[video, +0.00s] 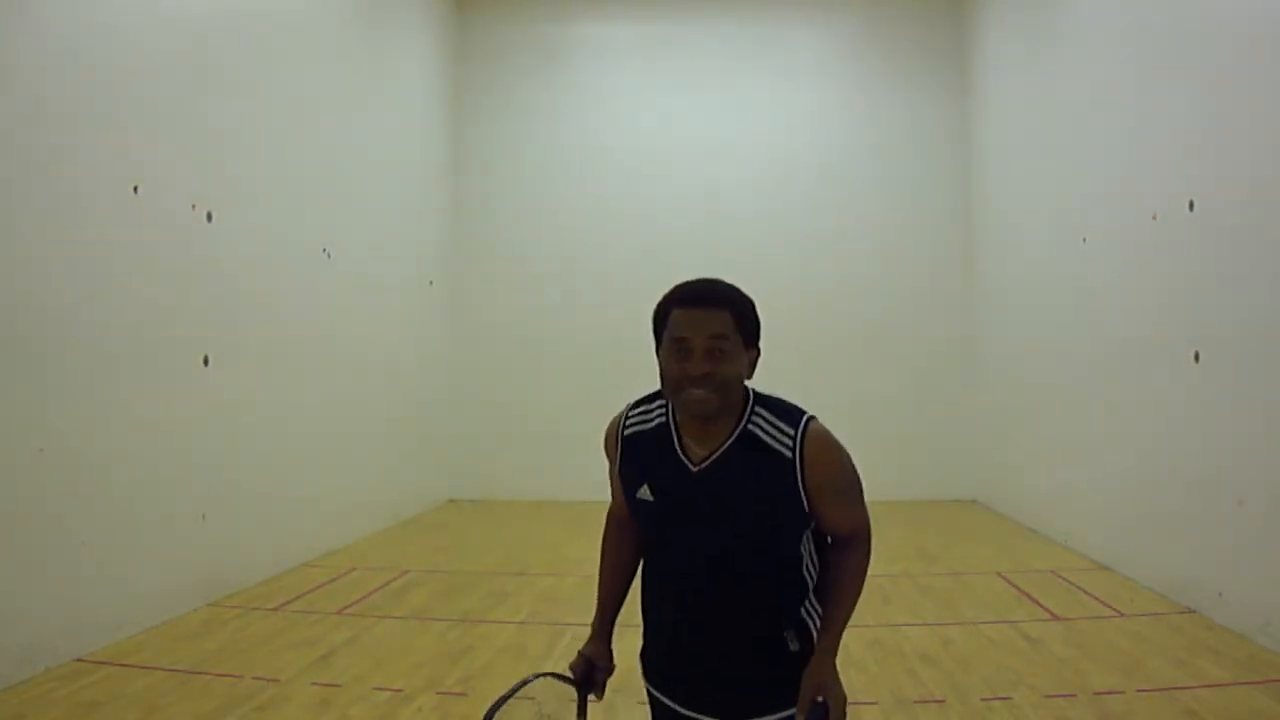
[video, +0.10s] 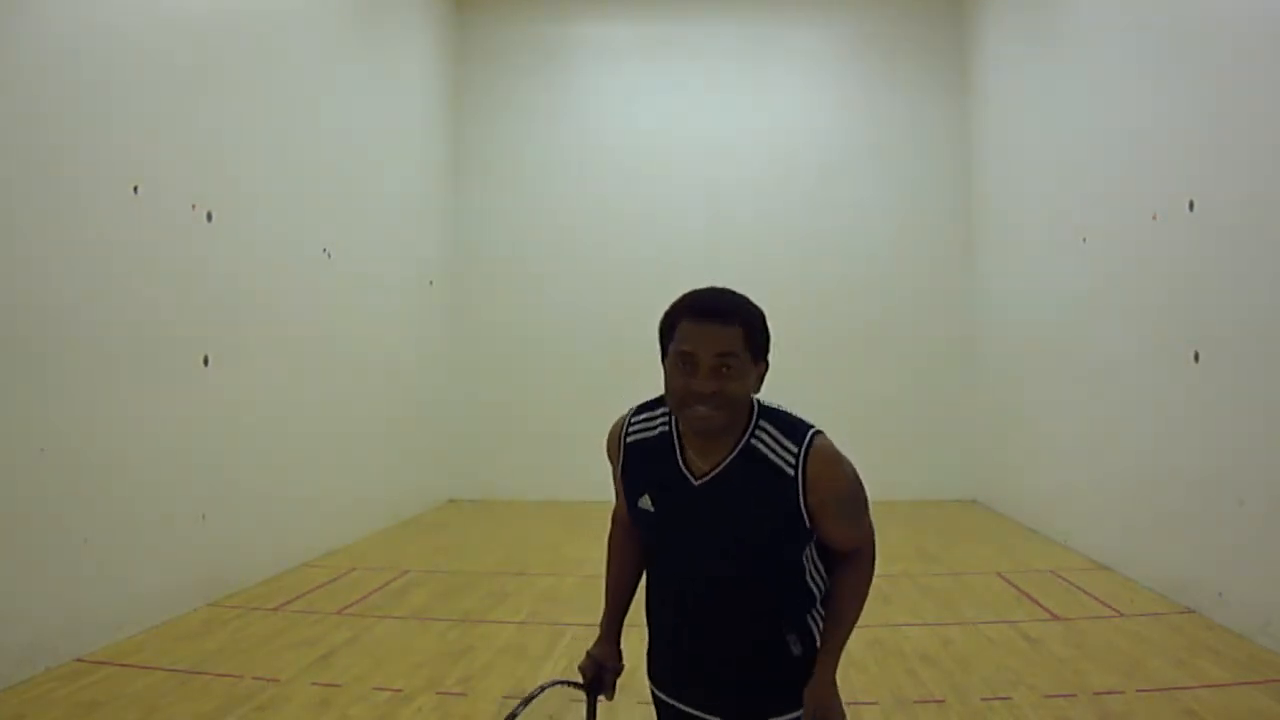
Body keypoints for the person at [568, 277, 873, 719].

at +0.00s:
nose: (697, 367)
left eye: (718, 350)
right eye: (680, 349)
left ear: (751, 359)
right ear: (658, 357)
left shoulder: (805, 447)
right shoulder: (629, 436)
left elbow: (851, 541)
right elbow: (625, 521)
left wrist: (825, 656)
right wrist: (600, 635)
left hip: (778, 687)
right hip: (675, 683)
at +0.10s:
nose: (703, 385)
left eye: (725, 367)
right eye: (686, 364)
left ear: (759, 373)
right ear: (664, 365)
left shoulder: (811, 464)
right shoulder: (631, 441)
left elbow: (855, 555)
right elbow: (630, 525)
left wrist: (826, 673)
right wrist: (608, 636)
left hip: (780, 691)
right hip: (678, 685)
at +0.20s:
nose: (709, 392)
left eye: (734, 374)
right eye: (694, 369)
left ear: (767, 382)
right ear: (672, 368)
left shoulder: (817, 471)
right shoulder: (635, 440)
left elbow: (855, 566)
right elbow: (633, 521)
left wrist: (823, 683)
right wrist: (612, 632)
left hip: (779, 693)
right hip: (680, 685)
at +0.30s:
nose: (717, 388)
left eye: (741, 370)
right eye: (702, 365)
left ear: (776, 380)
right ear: (679, 365)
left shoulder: (823, 472)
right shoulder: (640, 435)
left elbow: (857, 571)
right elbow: (634, 519)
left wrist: (820, 687)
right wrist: (611, 631)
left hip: (779, 691)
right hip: (681, 682)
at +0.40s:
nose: (727, 388)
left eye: (751, 369)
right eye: (710, 364)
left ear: (784, 378)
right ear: (685, 363)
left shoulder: (830, 474)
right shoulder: (643, 435)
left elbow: (862, 573)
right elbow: (636, 520)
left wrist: (820, 690)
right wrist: (611, 634)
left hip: (781, 691)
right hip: (682, 680)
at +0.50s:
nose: (738, 400)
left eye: (761, 380)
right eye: (719, 375)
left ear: (792, 383)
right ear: (690, 371)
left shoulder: (837, 480)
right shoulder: (646, 439)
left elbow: (867, 576)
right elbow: (637, 522)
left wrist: (827, 694)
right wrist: (613, 641)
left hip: (785, 693)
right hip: (683, 683)